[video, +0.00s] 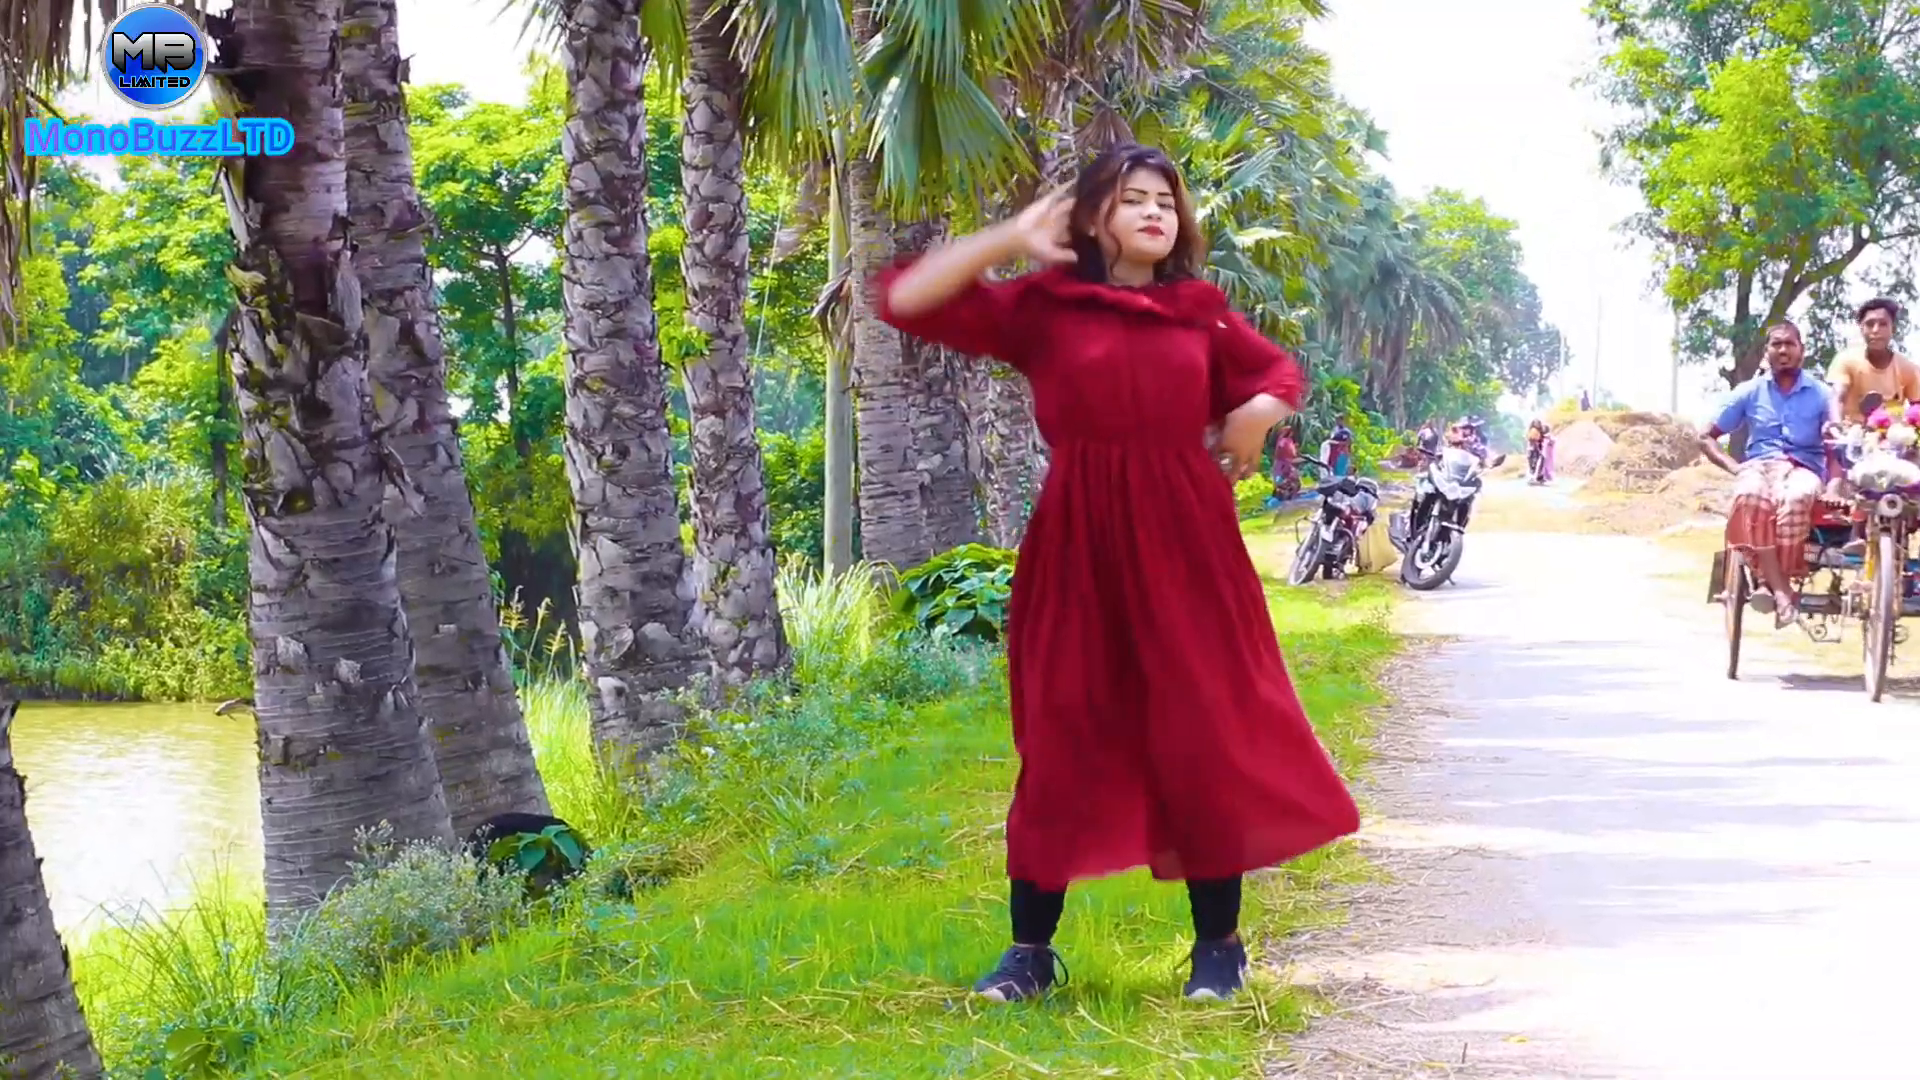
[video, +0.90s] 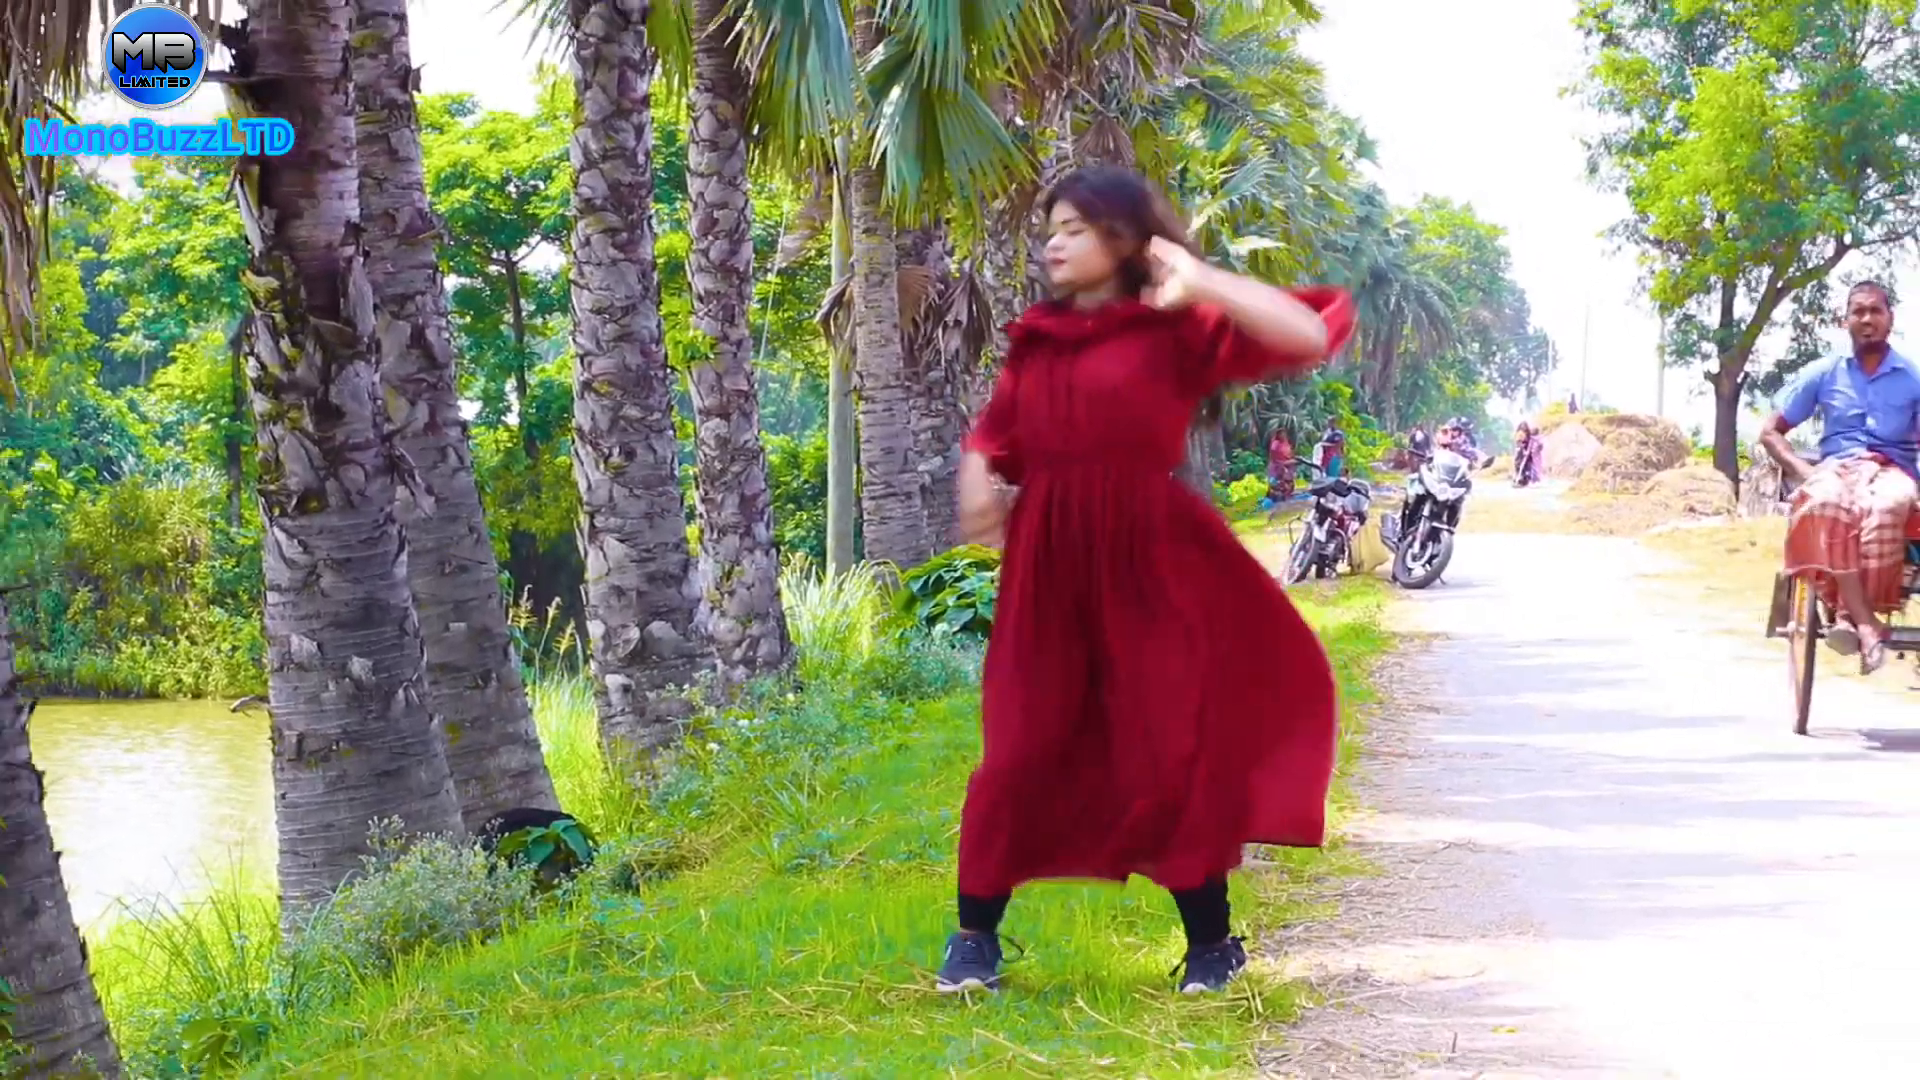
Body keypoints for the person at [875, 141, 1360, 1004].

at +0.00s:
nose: (1153, 209)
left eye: (1165, 200)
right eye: (1134, 198)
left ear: (1181, 222)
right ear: (1090, 217)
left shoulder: (1199, 308)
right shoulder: (1043, 309)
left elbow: (1283, 370)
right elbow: (903, 300)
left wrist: (1262, 408)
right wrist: (1009, 237)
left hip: (1184, 542)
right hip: (1076, 541)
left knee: (1198, 742)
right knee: (1052, 745)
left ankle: (1218, 948)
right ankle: (1029, 954)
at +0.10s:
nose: (1169, 199)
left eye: (1183, 189)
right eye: (1148, 188)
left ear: (1203, 212)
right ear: (1112, 213)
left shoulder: (1240, 304)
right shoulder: (1066, 312)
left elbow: (1352, 395)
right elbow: (951, 406)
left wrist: (1257, 379)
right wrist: (1013, 302)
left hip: (1210, 553)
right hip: (1093, 551)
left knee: (1220, 756)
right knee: (1049, 759)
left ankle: (1232, 974)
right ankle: (1032, 973)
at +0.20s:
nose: (1158, 226)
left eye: (1175, 216)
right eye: (1140, 217)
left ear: (1201, 240)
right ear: (1116, 243)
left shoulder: (1233, 321)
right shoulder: (1080, 349)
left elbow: (1298, 400)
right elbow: (1044, 480)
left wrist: (1193, 334)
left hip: (1202, 569)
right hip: (1095, 564)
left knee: (1209, 751)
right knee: (1029, 747)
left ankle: (1217, 954)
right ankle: (1025, 939)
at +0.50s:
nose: (1122, 216)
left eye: (1142, 202)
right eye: (1121, 202)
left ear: (1192, 214)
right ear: (1123, 215)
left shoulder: (1221, 296)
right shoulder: (1120, 313)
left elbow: (1306, 281)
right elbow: (1113, 420)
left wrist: (1217, 233)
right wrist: (1069, 474)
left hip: (1192, 551)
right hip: (1109, 548)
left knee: (1202, 746)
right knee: (1074, 746)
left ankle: (1221, 961)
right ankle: (1011, 954)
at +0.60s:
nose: (1115, 242)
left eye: (1132, 229)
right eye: (1112, 228)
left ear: (1185, 238)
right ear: (1113, 241)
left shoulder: (1221, 316)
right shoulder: (1102, 330)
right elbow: (1057, 419)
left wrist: (1163, 266)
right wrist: (1032, 505)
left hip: (1178, 556)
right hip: (1091, 549)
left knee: (1173, 737)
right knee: (1054, 728)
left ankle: (1204, 935)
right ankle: (1005, 926)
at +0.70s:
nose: (1106, 222)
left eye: (1121, 207)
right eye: (1105, 207)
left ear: (1173, 214)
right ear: (1118, 218)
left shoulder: (1222, 291)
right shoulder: (1103, 310)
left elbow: (1187, 286)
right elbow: (1053, 401)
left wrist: (1179, 231)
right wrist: (1028, 469)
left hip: (1200, 546)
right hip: (1101, 541)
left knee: (1196, 741)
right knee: (1028, 718)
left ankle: (1220, 959)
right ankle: (1002, 941)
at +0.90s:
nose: (1052, 245)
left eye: (1074, 231)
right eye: (1050, 231)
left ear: (1128, 245)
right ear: (1049, 244)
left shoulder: (1179, 329)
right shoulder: (1036, 340)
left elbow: (1310, 337)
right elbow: (989, 437)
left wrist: (1202, 281)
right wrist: (979, 488)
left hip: (1153, 560)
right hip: (1049, 562)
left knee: (1171, 749)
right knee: (1012, 752)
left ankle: (1210, 944)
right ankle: (974, 937)